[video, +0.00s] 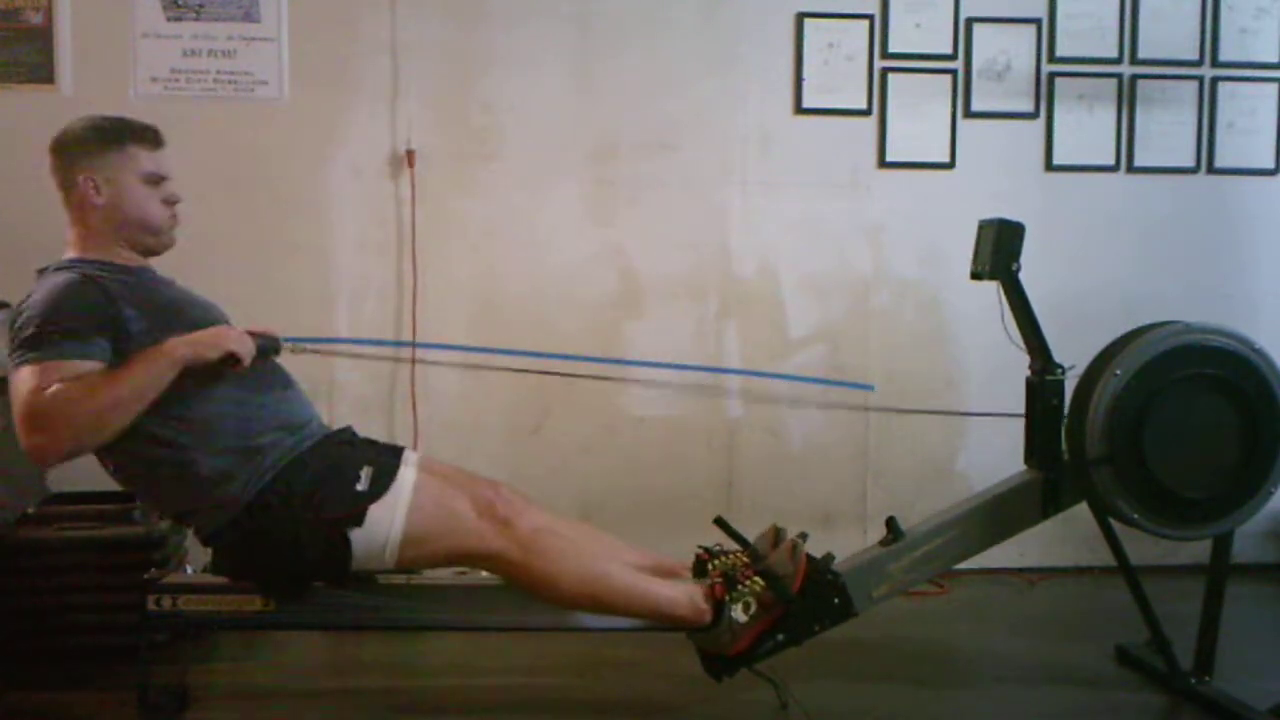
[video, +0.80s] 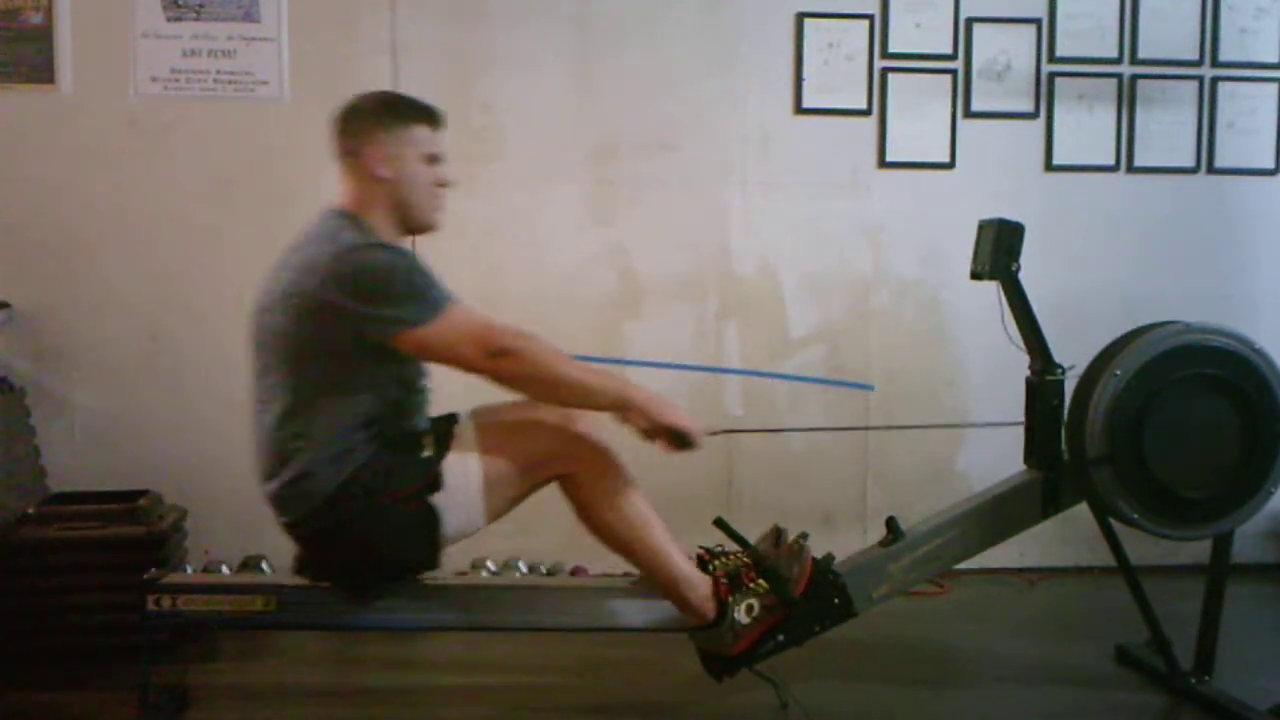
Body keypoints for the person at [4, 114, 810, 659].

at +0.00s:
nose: (172, 199)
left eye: (169, 183)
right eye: (153, 184)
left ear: (116, 197)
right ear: (90, 197)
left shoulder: (139, 287)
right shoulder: (74, 291)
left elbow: (161, 399)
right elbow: (45, 426)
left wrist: (233, 352)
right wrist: (179, 353)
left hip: (305, 468)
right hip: (272, 500)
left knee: (502, 507)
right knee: (493, 522)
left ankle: (706, 594)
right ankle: (710, 614)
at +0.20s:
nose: (203, 191)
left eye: (200, 175)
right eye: (185, 174)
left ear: (144, 183)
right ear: (122, 181)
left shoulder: (162, 281)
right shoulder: (106, 290)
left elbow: (175, 408)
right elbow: (119, 430)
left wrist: (288, 378)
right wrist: (267, 371)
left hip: (303, 470)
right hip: (275, 501)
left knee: (503, 501)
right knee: (496, 520)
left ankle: (710, 592)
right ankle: (710, 613)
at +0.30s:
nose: (233, 182)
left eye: (232, 166)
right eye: (214, 166)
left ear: (175, 177)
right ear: (148, 174)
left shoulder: (185, 277)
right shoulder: (134, 284)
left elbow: (223, 402)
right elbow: (182, 418)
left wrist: (341, 395)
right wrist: (329, 386)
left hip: (293, 478)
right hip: (270, 506)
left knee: (501, 494)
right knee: (495, 511)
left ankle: (708, 587)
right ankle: (714, 616)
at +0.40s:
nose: (267, 178)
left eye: (265, 161)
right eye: (249, 161)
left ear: (207, 168)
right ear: (186, 165)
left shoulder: (226, 272)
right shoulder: (165, 278)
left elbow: (293, 380)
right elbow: (251, 405)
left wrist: (403, 392)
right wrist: (406, 395)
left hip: (306, 472)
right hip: (272, 512)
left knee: (502, 483)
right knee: (499, 506)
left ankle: (700, 584)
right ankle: (705, 614)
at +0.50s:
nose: (306, 172)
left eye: (303, 156)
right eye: (288, 156)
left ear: (242, 165)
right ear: (228, 163)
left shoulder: (263, 263)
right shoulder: (205, 272)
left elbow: (355, 360)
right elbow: (317, 384)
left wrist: (469, 395)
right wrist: (468, 400)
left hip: (319, 475)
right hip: (286, 515)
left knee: (512, 474)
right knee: (511, 488)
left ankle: (697, 584)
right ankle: (708, 616)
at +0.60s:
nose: (348, 174)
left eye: (346, 157)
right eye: (332, 156)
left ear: (280, 163)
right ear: (275, 159)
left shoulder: (296, 261)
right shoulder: (249, 264)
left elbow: (398, 356)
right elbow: (388, 364)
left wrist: (515, 402)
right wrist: (525, 403)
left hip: (325, 480)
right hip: (294, 504)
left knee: (531, 462)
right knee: (528, 472)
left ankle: (704, 597)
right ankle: (708, 615)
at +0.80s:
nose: (447, 177)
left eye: (444, 161)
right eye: (432, 159)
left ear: (377, 164)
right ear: (375, 161)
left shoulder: (339, 250)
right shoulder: (355, 261)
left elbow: (487, 348)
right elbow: (493, 350)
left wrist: (622, 398)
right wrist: (630, 398)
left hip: (355, 491)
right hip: (359, 514)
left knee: (552, 423)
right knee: (568, 441)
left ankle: (694, 584)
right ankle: (710, 610)